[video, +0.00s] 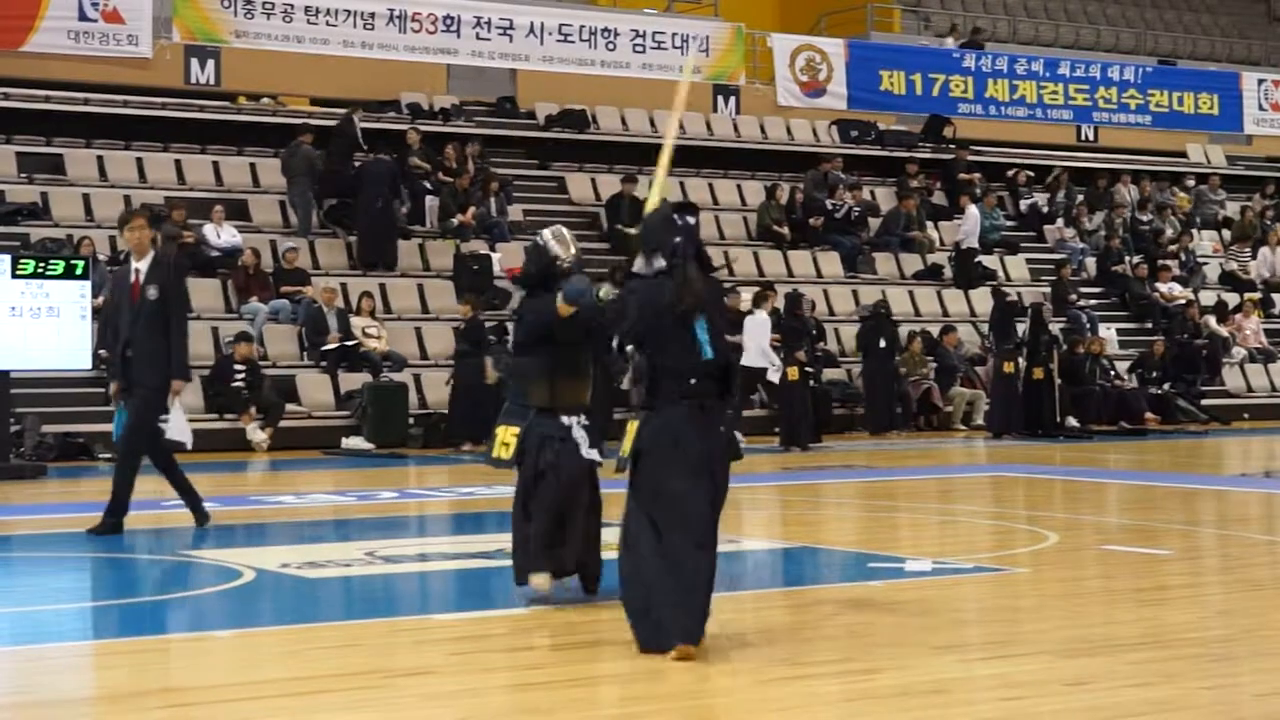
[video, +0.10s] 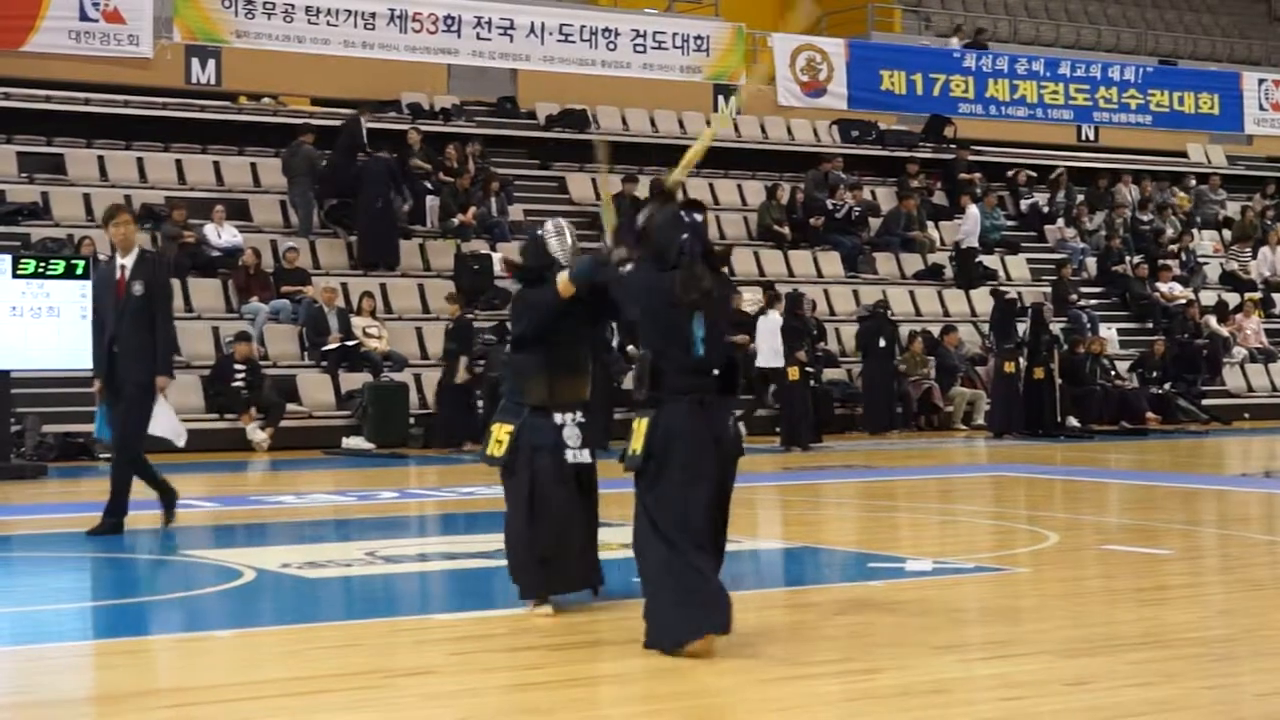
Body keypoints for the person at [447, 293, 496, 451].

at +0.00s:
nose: (460, 309)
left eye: (464, 306)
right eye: (460, 306)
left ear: (471, 308)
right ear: (465, 308)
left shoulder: (475, 326)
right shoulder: (464, 327)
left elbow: (477, 351)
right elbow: (461, 355)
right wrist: (453, 373)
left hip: (472, 372)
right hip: (463, 371)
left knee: (467, 406)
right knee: (471, 406)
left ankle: (468, 439)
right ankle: (475, 439)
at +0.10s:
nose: (448, 308)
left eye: (451, 304)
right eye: (448, 305)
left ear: (458, 306)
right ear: (451, 306)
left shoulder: (464, 323)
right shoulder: (451, 324)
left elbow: (465, 348)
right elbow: (449, 346)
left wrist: (461, 370)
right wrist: (444, 361)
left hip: (458, 365)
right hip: (449, 365)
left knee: (458, 402)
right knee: (446, 399)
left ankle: (464, 438)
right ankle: (448, 438)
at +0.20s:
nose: (436, 309)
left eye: (438, 305)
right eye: (435, 305)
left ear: (446, 306)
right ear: (444, 306)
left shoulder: (450, 323)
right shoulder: (445, 322)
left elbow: (446, 349)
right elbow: (441, 347)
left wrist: (436, 366)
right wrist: (435, 362)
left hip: (449, 367)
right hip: (446, 367)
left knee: (447, 401)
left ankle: (447, 437)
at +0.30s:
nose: (423, 310)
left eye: (425, 307)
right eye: (423, 307)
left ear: (434, 307)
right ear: (434, 307)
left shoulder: (437, 325)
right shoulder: (435, 323)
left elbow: (428, 350)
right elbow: (428, 349)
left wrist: (411, 363)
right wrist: (413, 362)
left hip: (434, 368)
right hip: (435, 367)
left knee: (422, 401)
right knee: (446, 401)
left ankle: (416, 439)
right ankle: (461, 437)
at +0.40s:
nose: (412, 308)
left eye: (414, 305)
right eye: (412, 305)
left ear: (422, 306)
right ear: (422, 306)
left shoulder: (425, 323)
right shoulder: (420, 322)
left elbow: (421, 349)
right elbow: (414, 347)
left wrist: (403, 361)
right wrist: (403, 359)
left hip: (422, 366)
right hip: (417, 365)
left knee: (411, 400)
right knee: (431, 400)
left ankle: (410, 439)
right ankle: (451, 427)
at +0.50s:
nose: (398, 307)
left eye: (400, 304)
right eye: (398, 304)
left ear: (409, 305)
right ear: (407, 305)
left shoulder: (413, 322)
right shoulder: (404, 322)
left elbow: (412, 348)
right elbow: (401, 346)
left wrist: (403, 366)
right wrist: (394, 364)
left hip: (412, 364)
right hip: (404, 364)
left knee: (412, 399)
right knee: (409, 399)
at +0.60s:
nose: (385, 306)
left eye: (388, 303)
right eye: (385, 303)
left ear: (396, 304)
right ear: (394, 305)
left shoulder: (403, 322)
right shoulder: (392, 322)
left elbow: (406, 348)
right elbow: (390, 345)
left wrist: (405, 369)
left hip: (399, 366)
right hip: (389, 366)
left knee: (401, 401)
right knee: (392, 401)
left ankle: (404, 437)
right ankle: (394, 436)